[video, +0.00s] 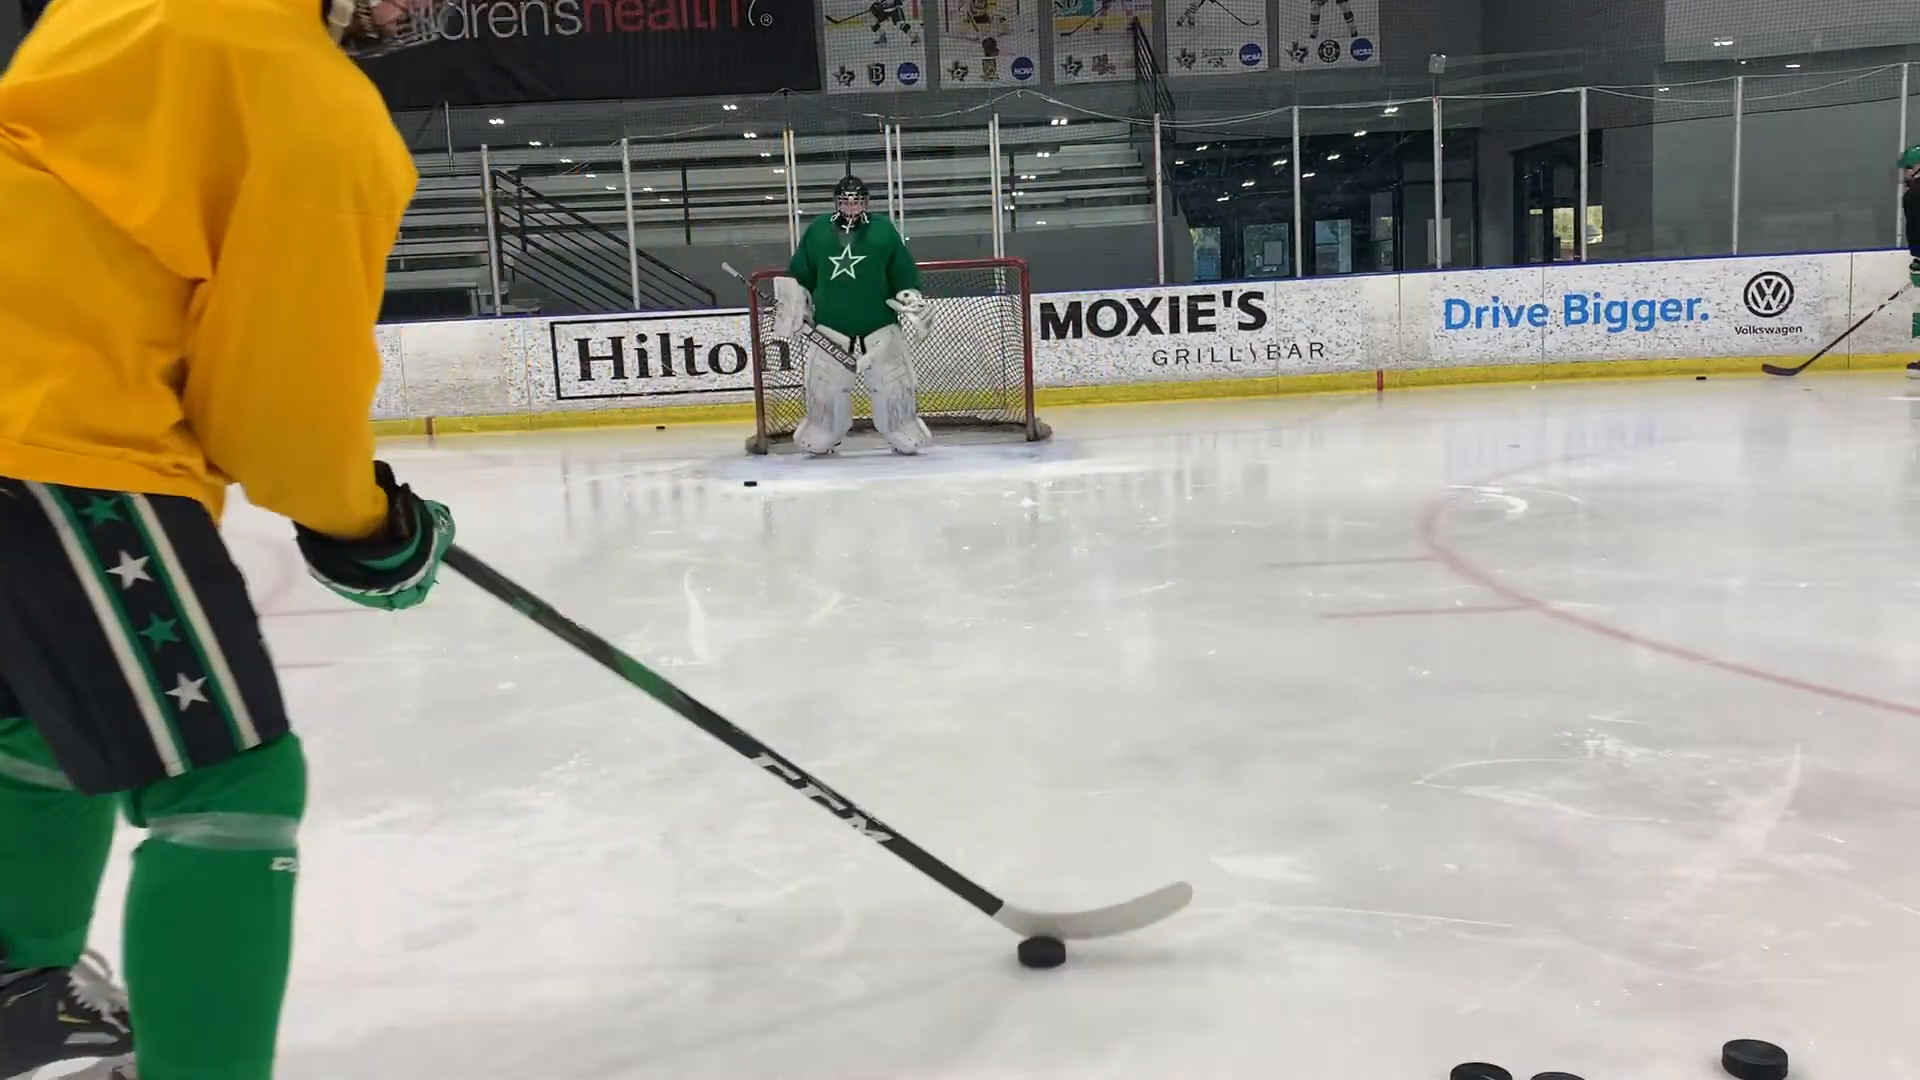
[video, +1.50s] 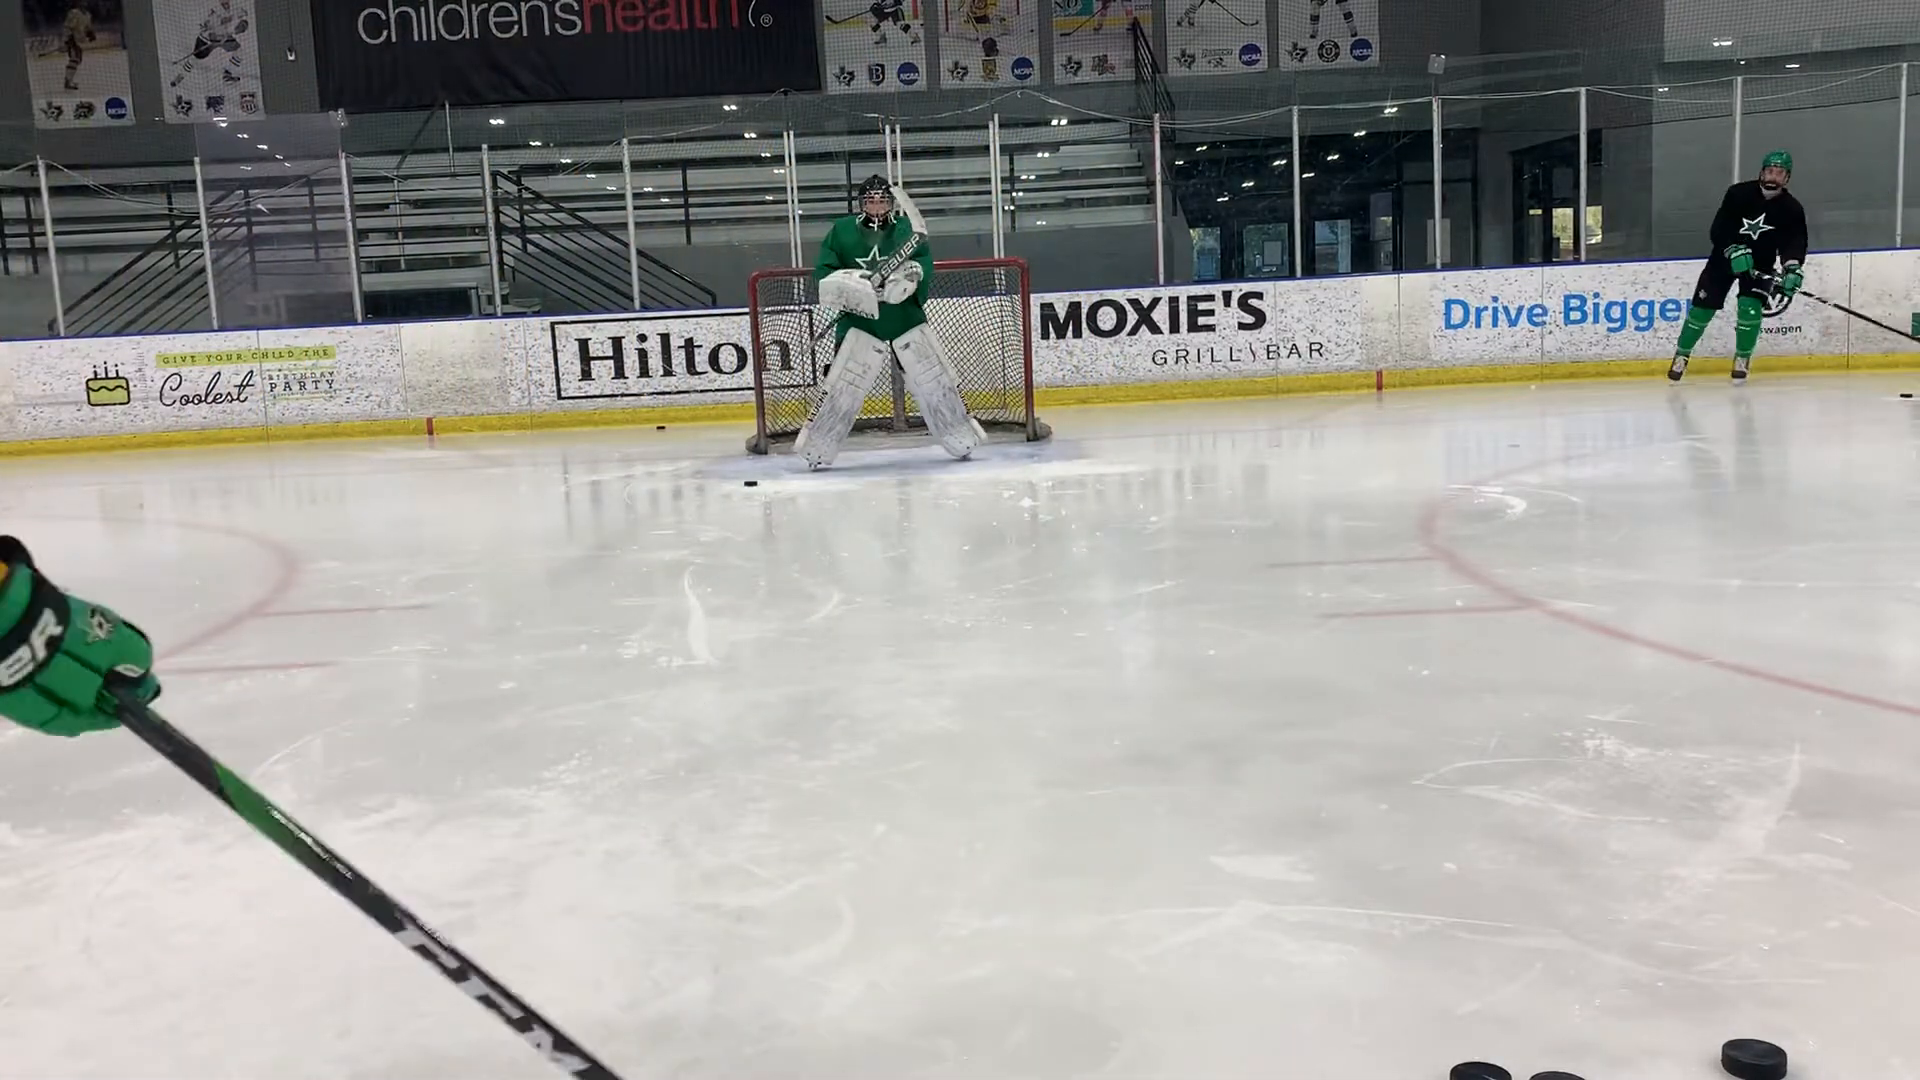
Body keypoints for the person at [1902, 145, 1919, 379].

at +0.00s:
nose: (1906, 173)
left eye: (1908, 168)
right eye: (1906, 168)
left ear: (1915, 169)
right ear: (1910, 169)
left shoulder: (1912, 194)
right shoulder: (1910, 194)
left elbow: (1913, 228)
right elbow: (1911, 228)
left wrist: (1916, 257)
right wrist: (1914, 257)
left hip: (1918, 258)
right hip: (1918, 259)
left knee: (1919, 312)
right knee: (1918, 311)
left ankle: (1919, 357)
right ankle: (1919, 357)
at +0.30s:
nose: (1842, 188)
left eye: (1844, 182)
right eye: (1840, 183)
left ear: (1858, 178)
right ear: (1864, 177)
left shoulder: (1861, 204)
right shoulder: (1891, 184)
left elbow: (1862, 247)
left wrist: (1849, 273)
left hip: (1905, 246)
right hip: (1917, 242)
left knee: (1883, 298)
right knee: (1902, 298)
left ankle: (1891, 354)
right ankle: (1911, 345)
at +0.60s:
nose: (1793, 187)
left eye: (1797, 182)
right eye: (1791, 183)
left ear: (1811, 180)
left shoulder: (1823, 201)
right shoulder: (1812, 201)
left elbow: (1816, 246)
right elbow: (1814, 241)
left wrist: (1792, 270)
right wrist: (1795, 267)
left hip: (1858, 247)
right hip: (1837, 249)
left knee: (1833, 298)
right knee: (1820, 299)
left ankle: (1850, 355)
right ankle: (1827, 355)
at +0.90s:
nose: (1768, 186)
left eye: (1774, 181)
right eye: (1765, 180)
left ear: (1784, 183)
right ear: (1760, 180)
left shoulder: (1794, 206)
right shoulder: (1755, 196)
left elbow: (1778, 250)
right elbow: (1742, 218)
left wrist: (1748, 277)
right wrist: (1733, 240)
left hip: (1802, 259)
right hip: (1773, 256)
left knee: (1785, 299)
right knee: (1755, 301)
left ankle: (1805, 356)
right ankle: (1754, 355)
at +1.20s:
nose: (1757, 183)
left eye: (1763, 178)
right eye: (1754, 178)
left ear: (1770, 182)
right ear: (1747, 178)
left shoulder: (1778, 208)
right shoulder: (1730, 197)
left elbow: (1781, 245)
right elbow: (1711, 231)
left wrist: (1774, 274)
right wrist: (1726, 247)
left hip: (1760, 266)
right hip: (1731, 261)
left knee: (1750, 304)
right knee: (1711, 306)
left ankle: (1760, 359)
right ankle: (1699, 359)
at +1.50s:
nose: (1772, 176)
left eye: (1779, 172)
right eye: (1769, 170)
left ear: (1786, 177)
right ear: (1762, 172)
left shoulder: (1792, 208)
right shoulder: (1738, 193)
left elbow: (1795, 244)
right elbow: (1718, 230)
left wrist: (1792, 270)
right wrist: (1732, 250)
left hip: (1761, 262)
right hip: (1727, 255)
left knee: (1749, 308)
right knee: (1703, 306)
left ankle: (1742, 358)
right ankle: (1682, 355)